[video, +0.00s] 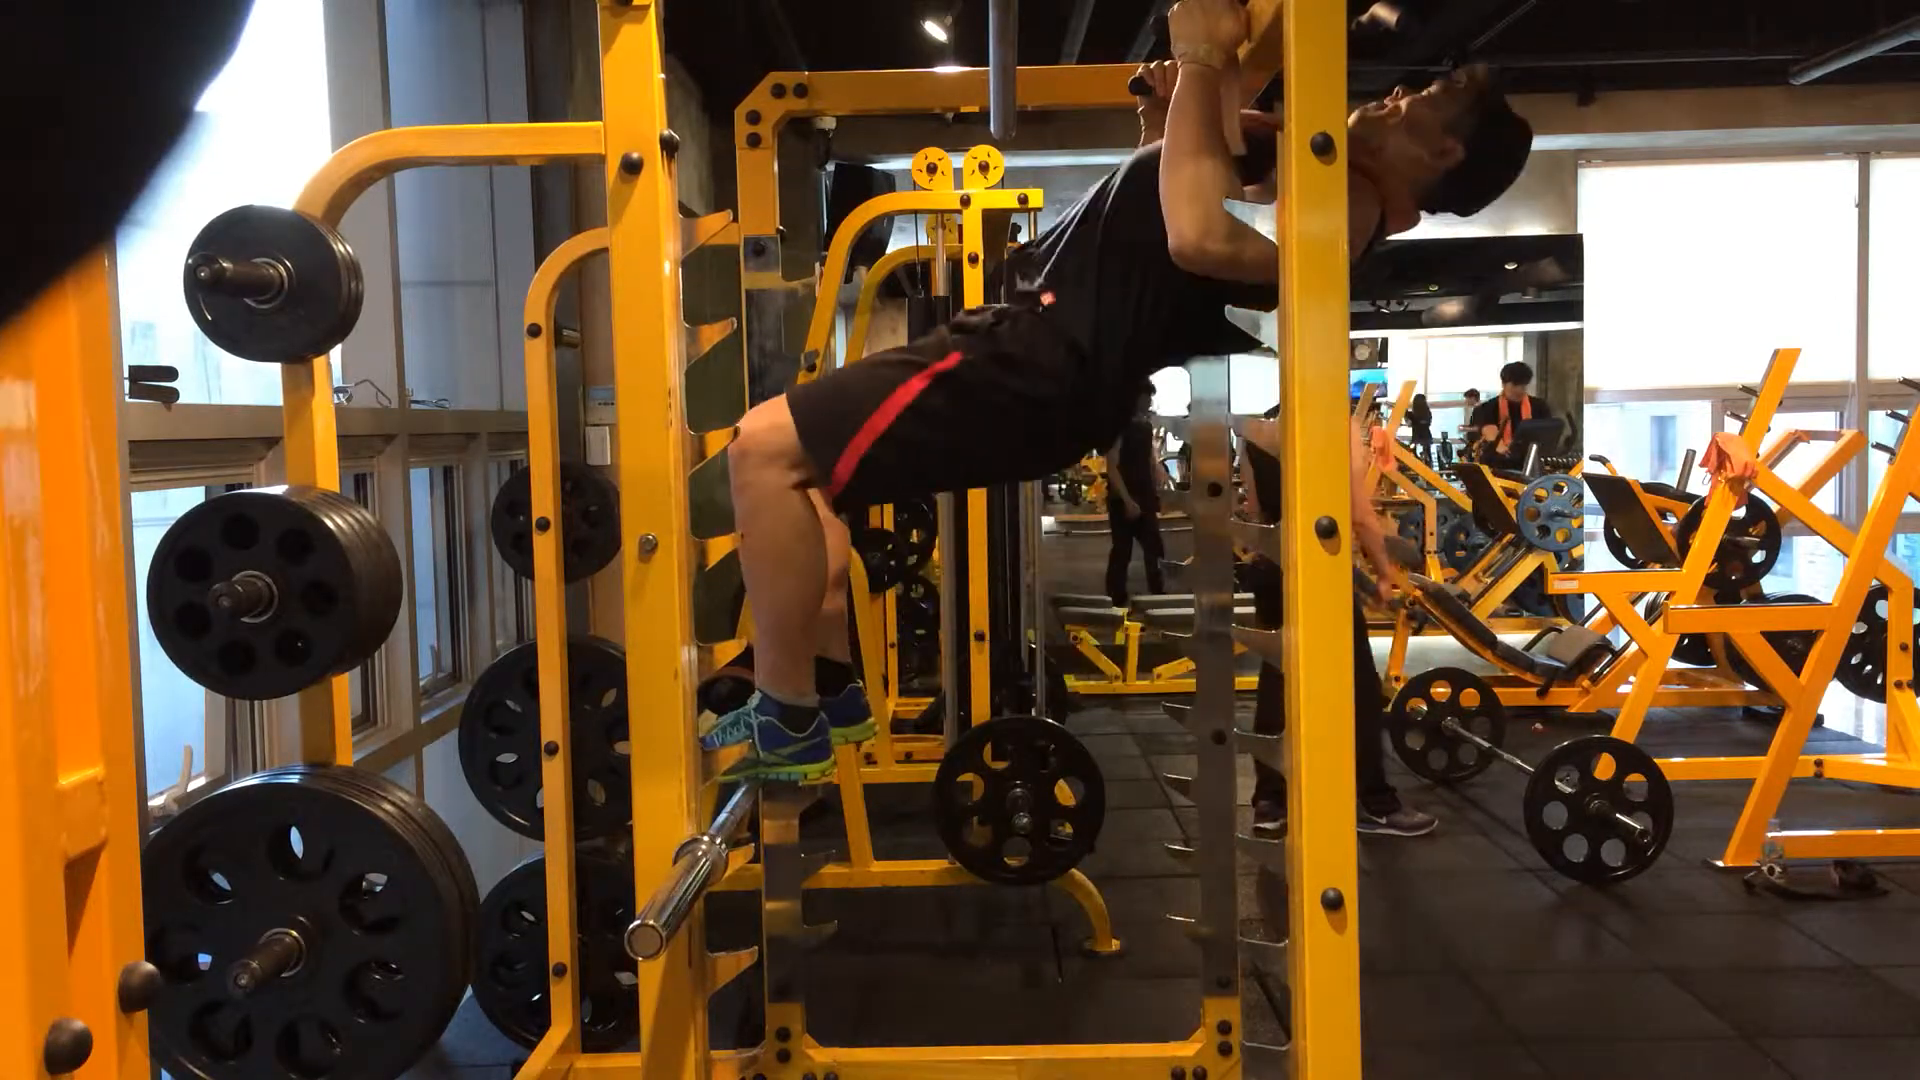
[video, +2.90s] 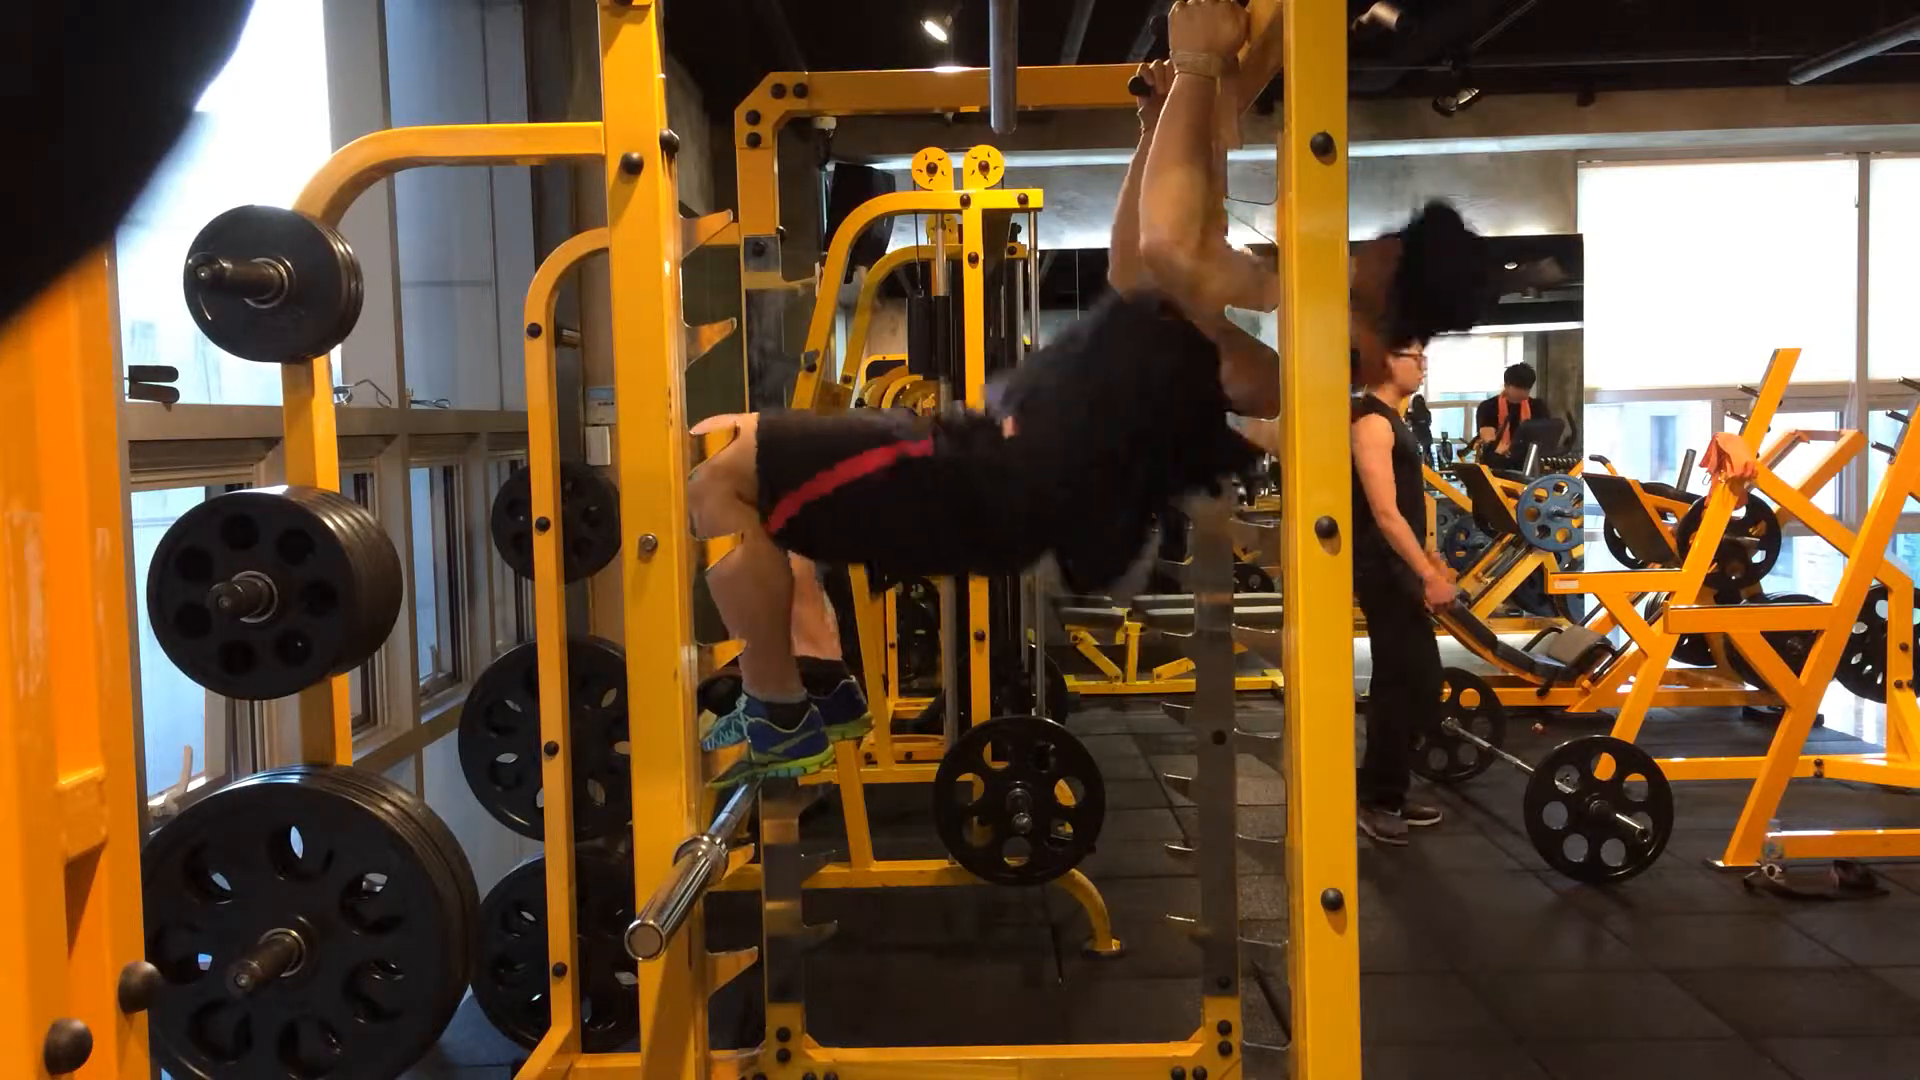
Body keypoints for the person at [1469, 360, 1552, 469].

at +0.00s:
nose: (1519, 391)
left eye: (1523, 387)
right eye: (1514, 386)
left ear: (1526, 386)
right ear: (1504, 384)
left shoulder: (1539, 406)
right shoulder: (1487, 409)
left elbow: (1547, 433)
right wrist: (1499, 445)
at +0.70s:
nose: (1526, 393)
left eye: (1530, 388)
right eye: (1521, 387)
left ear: (1533, 388)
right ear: (1510, 385)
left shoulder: (1541, 406)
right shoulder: (1491, 406)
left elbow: (1548, 435)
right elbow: (1490, 435)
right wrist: (1505, 450)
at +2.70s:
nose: (1514, 392)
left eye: (1518, 387)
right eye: (1509, 387)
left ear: (1522, 386)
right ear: (1498, 387)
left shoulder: (1535, 404)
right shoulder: (1484, 411)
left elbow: (1548, 433)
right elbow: (1488, 443)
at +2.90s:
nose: (1523, 394)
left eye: (1526, 389)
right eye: (1519, 388)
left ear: (1530, 388)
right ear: (1507, 385)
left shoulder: (1537, 406)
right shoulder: (1488, 407)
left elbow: (1545, 437)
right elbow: (1489, 443)